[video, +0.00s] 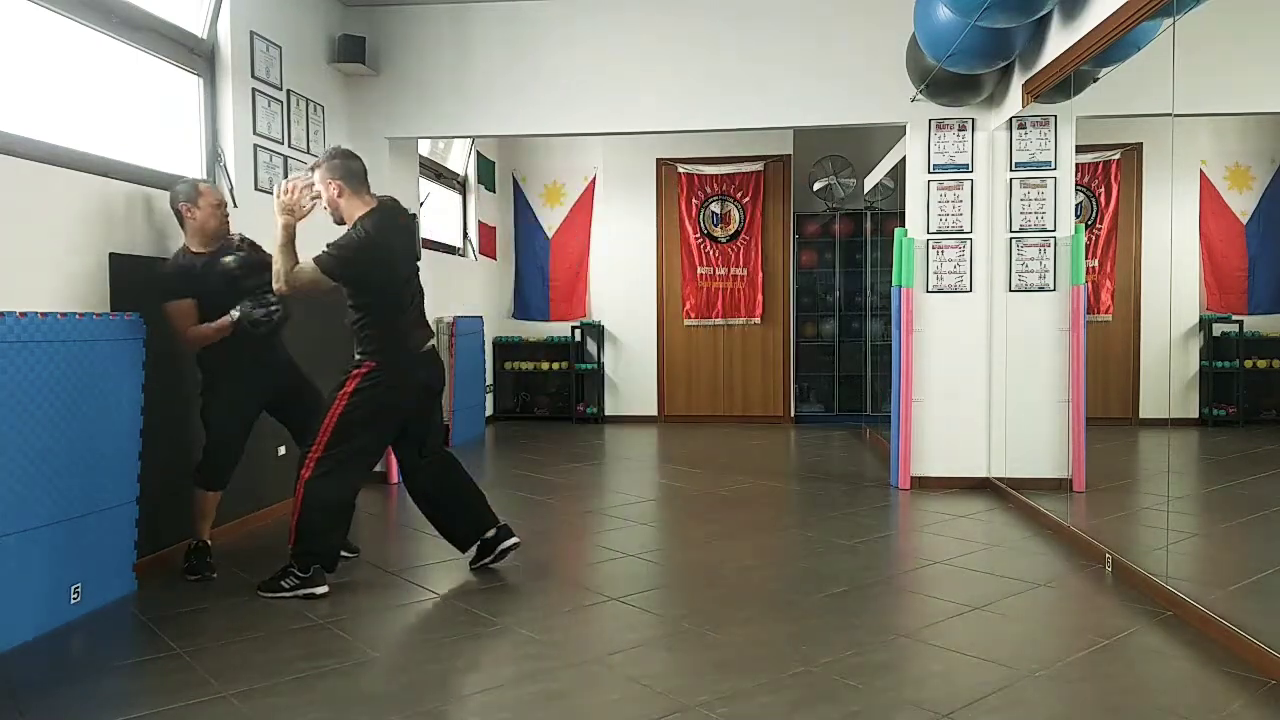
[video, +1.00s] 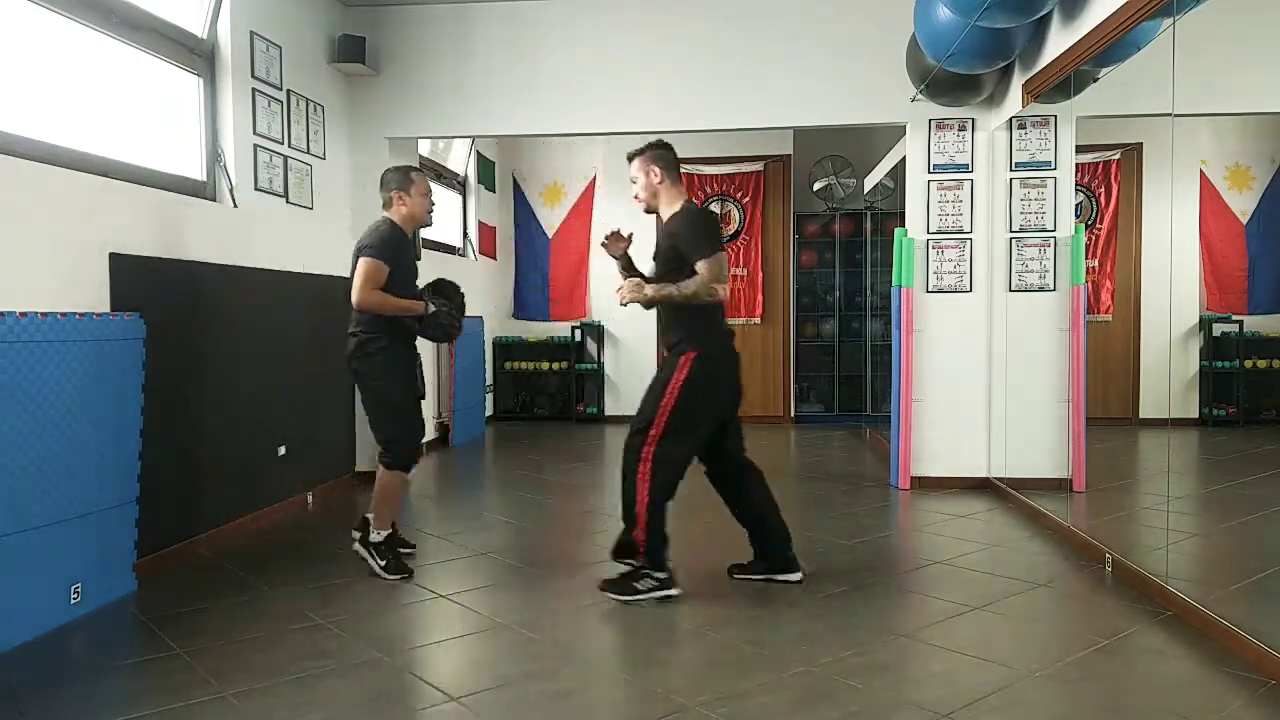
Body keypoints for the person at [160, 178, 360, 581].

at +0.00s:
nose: (228, 215)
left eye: (227, 207)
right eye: (219, 208)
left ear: (195, 212)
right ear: (188, 212)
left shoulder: (244, 248)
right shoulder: (178, 272)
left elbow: (287, 280)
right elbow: (188, 338)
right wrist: (235, 318)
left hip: (275, 366)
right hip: (228, 379)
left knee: (324, 435)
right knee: (219, 459)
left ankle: (326, 533)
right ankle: (201, 544)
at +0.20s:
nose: (264, 202)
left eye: (262, 196)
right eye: (254, 196)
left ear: (231, 201)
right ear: (225, 202)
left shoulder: (271, 246)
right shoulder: (210, 256)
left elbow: (285, 288)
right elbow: (203, 319)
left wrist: (312, 299)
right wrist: (264, 318)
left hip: (284, 362)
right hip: (238, 368)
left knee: (319, 441)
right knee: (225, 453)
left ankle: (287, 520)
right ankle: (202, 540)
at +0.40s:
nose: (316, 208)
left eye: (314, 202)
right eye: (307, 203)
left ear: (296, 209)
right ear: (279, 209)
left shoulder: (314, 258)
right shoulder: (260, 256)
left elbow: (320, 306)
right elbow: (235, 318)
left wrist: (344, 315)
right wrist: (290, 343)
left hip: (307, 368)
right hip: (271, 370)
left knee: (309, 457)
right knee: (274, 455)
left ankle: (277, 535)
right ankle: (234, 528)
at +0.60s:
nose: (359, 202)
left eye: (358, 196)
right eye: (351, 196)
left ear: (336, 202)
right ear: (324, 201)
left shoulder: (348, 250)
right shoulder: (302, 243)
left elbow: (361, 295)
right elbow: (265, 298)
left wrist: (383, 305)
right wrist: (326, 315)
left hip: (332, 360)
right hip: (306, 361)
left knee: (305, 448)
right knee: (332, 450)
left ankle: (278, 529)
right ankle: (336, 545)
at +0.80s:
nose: (398, 217)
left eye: (397, 211)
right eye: (391, 210)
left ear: (369, 214)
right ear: (364, 213)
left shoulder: (374, 262)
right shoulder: (345, 256)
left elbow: (374, 315)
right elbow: (333, 322)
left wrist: (407, 329)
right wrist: (396, 332)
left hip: (366, 370)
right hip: (346, 371)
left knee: (369, 451)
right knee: (379, 454)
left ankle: (309, 512)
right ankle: (366, 550)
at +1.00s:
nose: (432, 203)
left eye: (431, 196)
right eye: (426, 196)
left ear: (405, 201)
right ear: (399, 199)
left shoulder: (404, 241)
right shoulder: (385, 234)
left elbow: (391, 295)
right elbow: (363, 295)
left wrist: (426, 302)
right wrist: (420, 307)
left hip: (394, 351)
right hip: (377, 351)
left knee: (405, 442)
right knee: (401, 444)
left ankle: (381, 525)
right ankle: (377, 535)